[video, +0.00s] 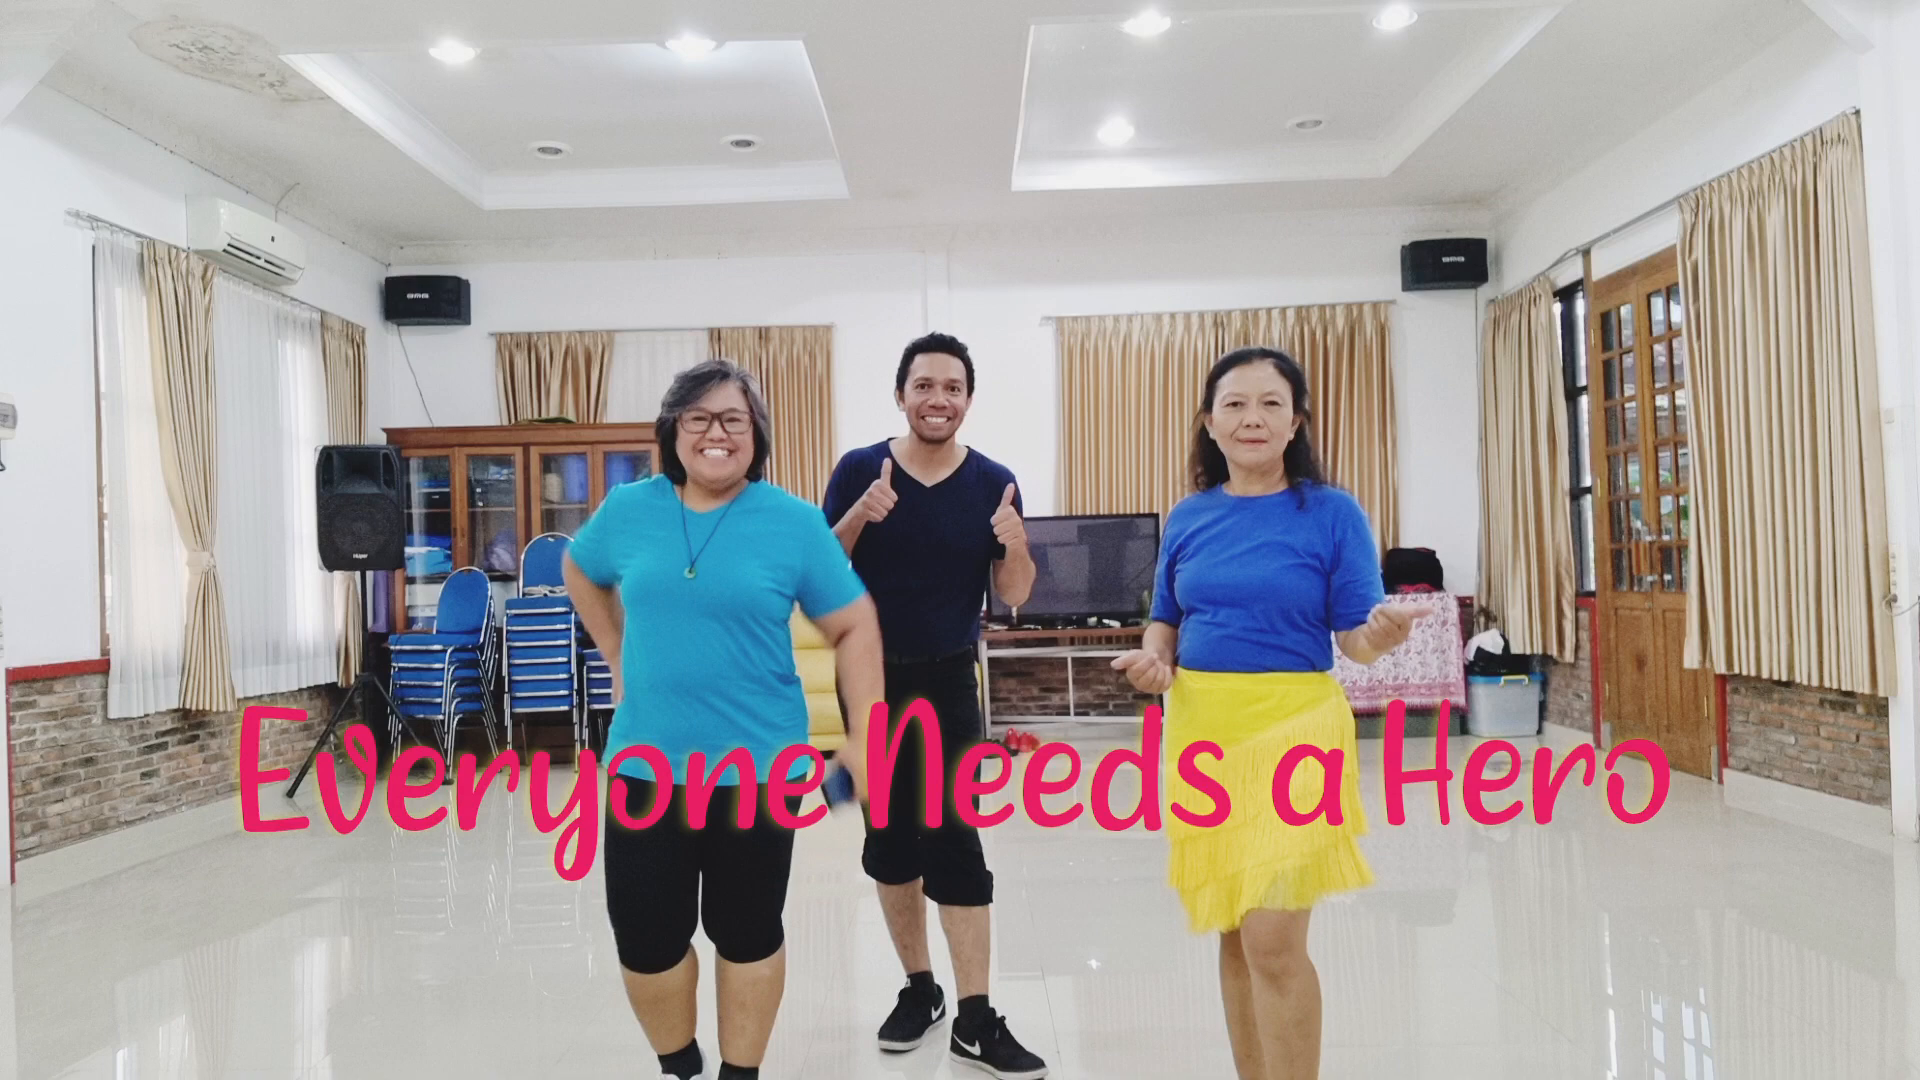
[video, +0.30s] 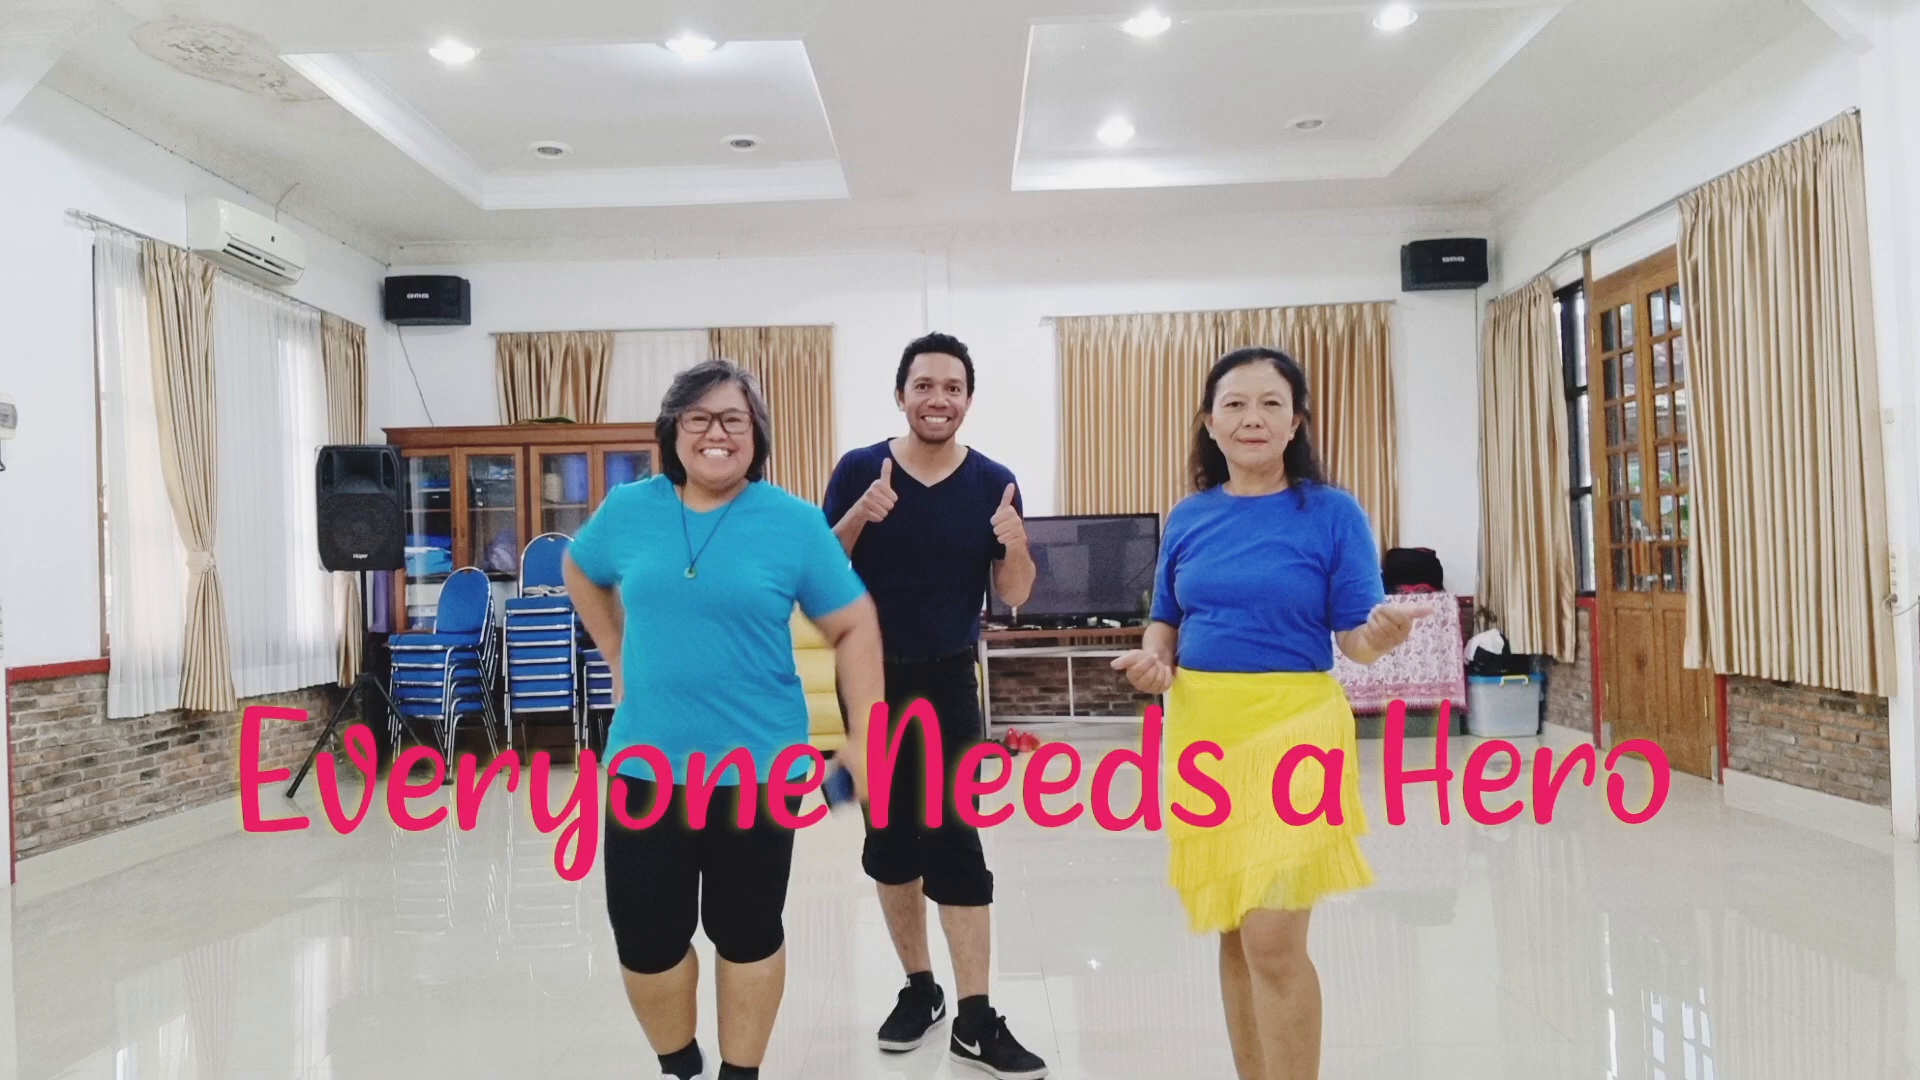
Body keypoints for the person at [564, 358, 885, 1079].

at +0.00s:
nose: (720, 432)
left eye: (736, 420)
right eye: (702, 420)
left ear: (756, 436)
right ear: (672, 434)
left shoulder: (795, 523)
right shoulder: (627, 509)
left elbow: (856, 626)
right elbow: (580, 570)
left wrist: (865, 738)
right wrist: (625, 663)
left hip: (758, 768)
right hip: (645, 764)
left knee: (746, 932)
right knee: (646, 938)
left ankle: (739, 1076)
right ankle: (680, 1069)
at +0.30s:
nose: (720, 432)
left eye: (736, 420)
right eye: (702, 420)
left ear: (756, 436)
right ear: (672, 434)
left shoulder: (795, 523)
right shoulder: (627, 509)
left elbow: (856, 626)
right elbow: (580, 570)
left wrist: (865, 738)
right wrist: (625, 663)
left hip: (758, 768)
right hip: (645, 764)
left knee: (746, 932)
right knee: (646, 938)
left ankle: (739, 1076)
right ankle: (680, 1069)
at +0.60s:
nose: (720, 432)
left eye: (736, 420)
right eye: (702, 420)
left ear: (756, 436)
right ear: (672, 434)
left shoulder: (795, 523)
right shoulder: (627, 509)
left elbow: (856, 626)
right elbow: (580, 570)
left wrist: (865, 738)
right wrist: (625, 663)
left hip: (758, 768)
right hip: (645, 764)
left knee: (746, 932)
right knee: (646, 938)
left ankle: (739, 1076)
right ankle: (680, 1069)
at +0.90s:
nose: (720, 432)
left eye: (736, 420)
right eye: (702, 420)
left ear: (756, 436)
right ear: (672, 434)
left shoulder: (795, 523)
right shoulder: (627, 509)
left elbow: (856, 626)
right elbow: (580, 570)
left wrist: (865, 738)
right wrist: (625, 663)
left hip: (758, 768)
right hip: (645, 764)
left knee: (746, 932)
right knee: (646, 938)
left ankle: (739, 1076)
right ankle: (680, 1069)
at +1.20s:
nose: (720, 432)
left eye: (736, 420)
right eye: (702, 420)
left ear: (756, 436)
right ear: (672, 434)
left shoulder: (795, 523)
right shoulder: (627, 509)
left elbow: (856, 626)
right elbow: (580, 570)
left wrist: (865, 738)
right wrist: (625, 663)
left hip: (758, 768)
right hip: (645, 764)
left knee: (746, 932)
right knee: (646, 938)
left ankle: (739, 1076)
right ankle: (680, 1069)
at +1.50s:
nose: (720, 432)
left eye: (736, 420)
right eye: (702, 420)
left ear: (756, 436)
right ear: (672, 434)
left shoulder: (795, 523)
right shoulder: (627, 509)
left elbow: (856, 626)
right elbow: (580, 570)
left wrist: (865, 738)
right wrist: (625, 663)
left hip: (758, 768)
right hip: (645, 764)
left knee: (746, 932)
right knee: (646, 938)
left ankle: (739, 1076)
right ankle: (680, 1069)